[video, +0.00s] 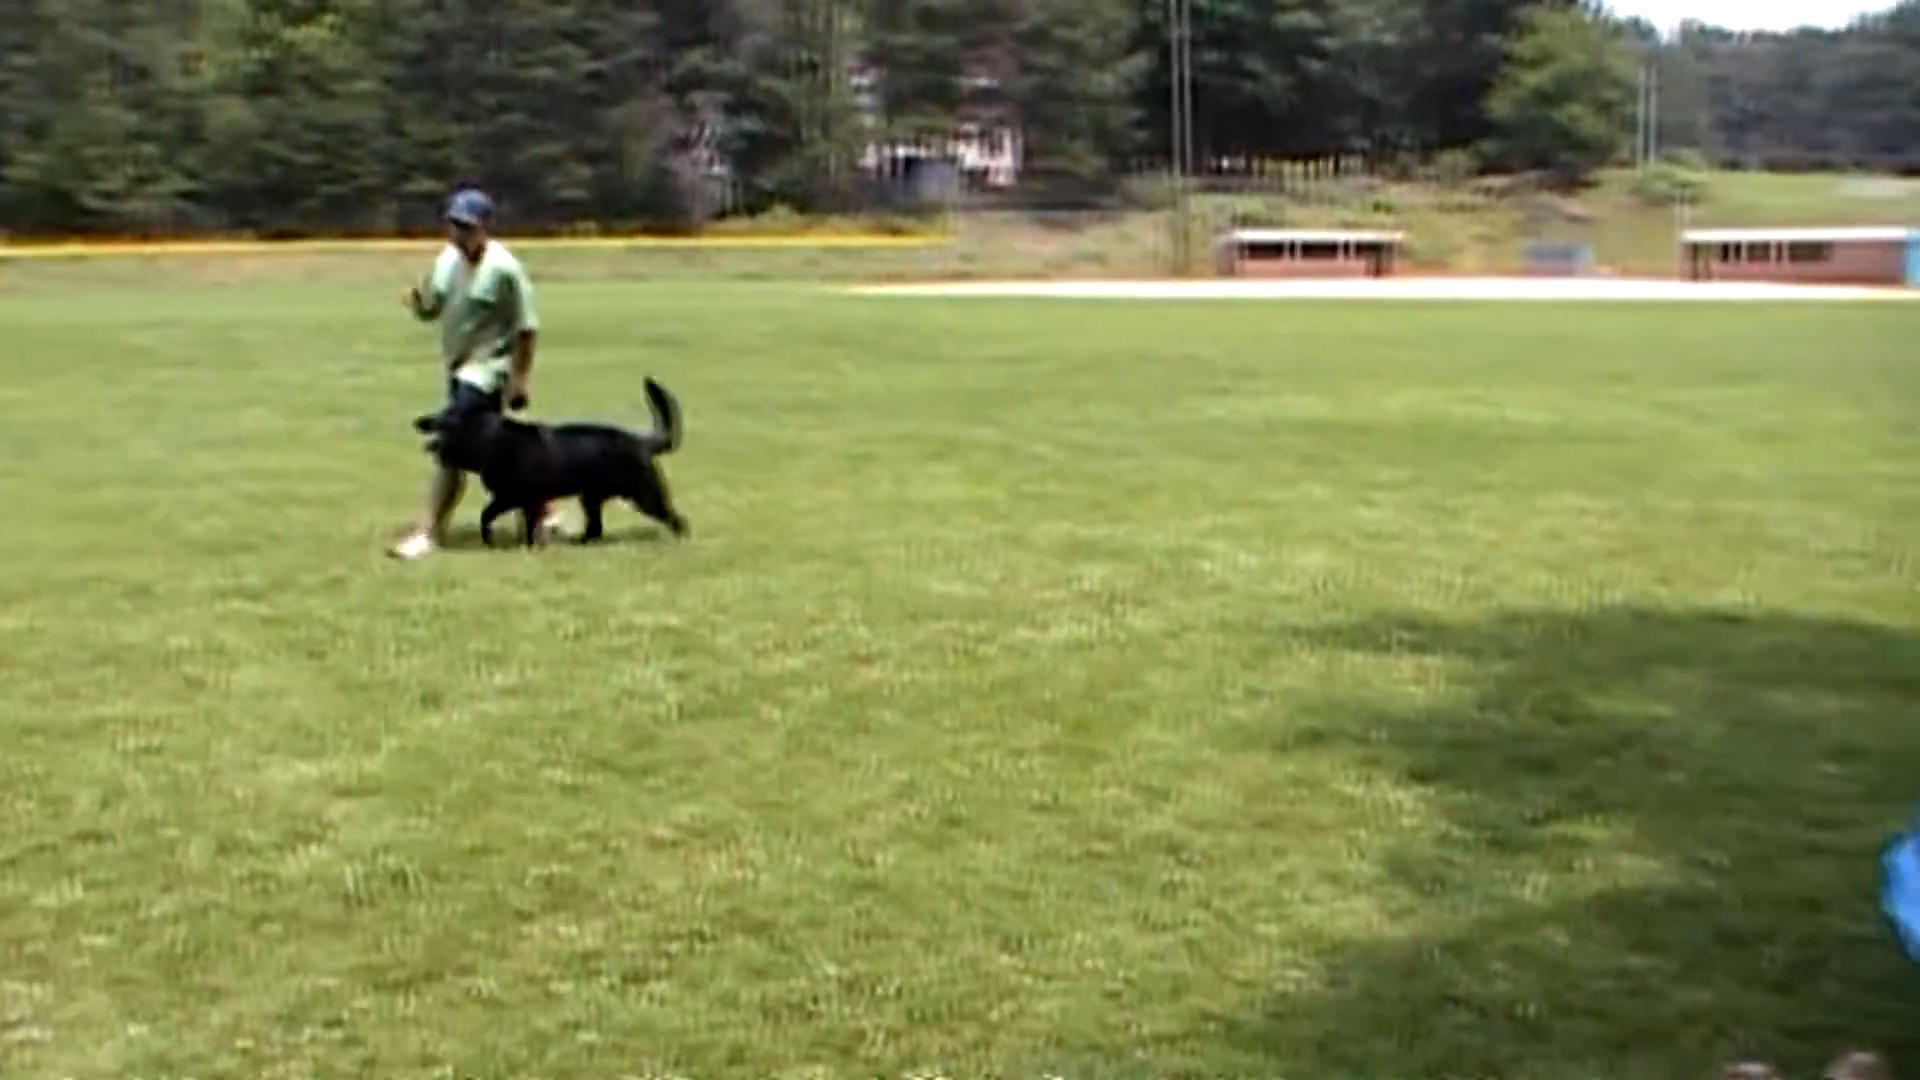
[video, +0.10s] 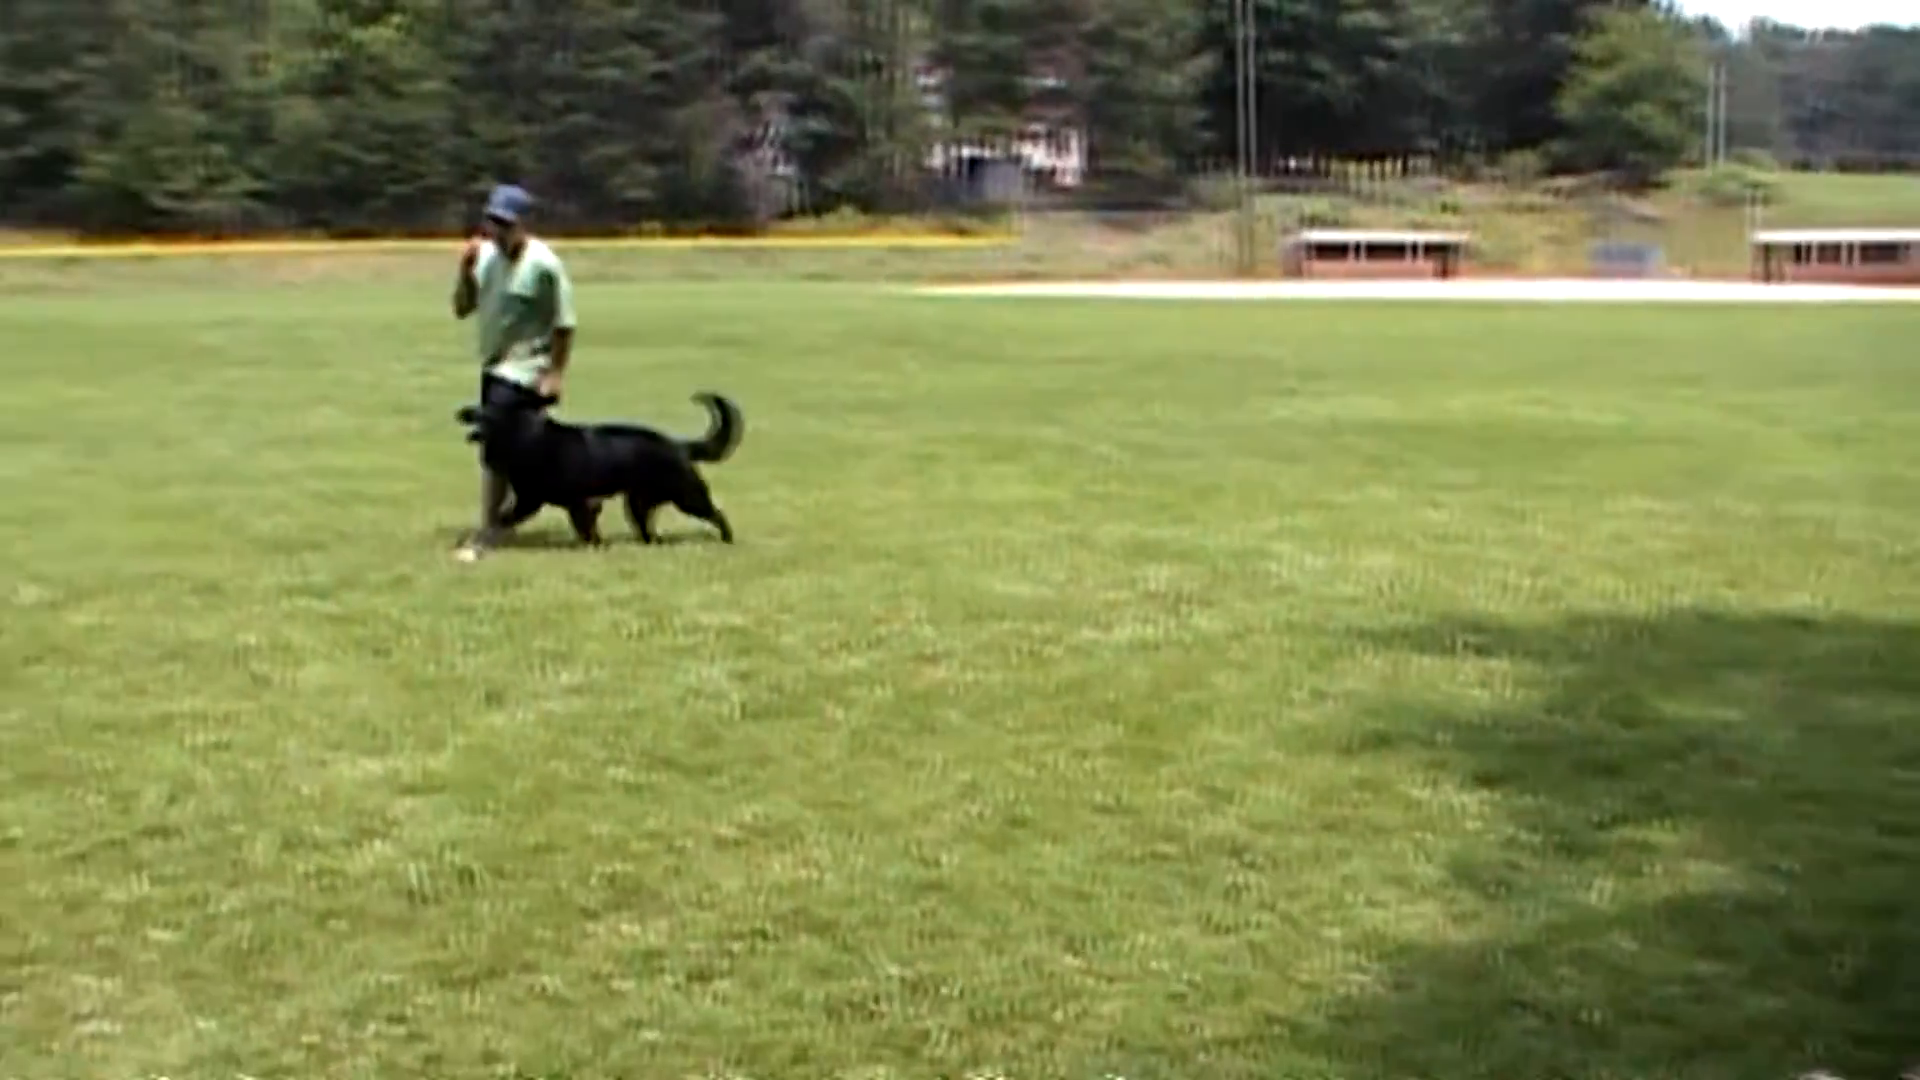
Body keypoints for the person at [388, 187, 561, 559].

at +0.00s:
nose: (459, 235)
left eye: (467, 227)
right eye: (454, 227)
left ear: (486, 227)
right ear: (449, 227)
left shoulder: (505, 269)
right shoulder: (449, 259)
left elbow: (526, 327)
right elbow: (435, 306)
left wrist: (519, 378)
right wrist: (422, 302)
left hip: (489, 367)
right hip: (459, 365)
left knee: (451, 444)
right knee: (492, 447)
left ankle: (431, 530)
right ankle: (538, 509)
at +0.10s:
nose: (496, 231)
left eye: (504, 224)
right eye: (493, 223)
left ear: (523, 226)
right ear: (488, 224)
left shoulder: (545, 266)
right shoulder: (487, 257)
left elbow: (563, 324)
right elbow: (464, 307)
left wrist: (555, 372)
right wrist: (466, 269)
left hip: (526, 365)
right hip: (494, 361)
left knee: (492, 441)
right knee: (502, 445)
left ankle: (490, 526)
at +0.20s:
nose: (535, 227)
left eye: (543, 220)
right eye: (531, 218)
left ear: (561, 221)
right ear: (526, 219)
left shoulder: (584, 260)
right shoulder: (523, 250)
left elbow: (598, 319)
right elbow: (494, 301)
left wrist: (592, 369)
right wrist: (502, 261)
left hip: (567, 361)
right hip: (529, 358)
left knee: (552, 442)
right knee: (513, 438)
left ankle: (551, 526)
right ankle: (574, 501)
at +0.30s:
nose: (575, 226)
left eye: (582, 219)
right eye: (569, 218)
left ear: (598, 220)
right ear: (562, 219)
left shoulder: (623, 260)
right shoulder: (560, 249)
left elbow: (640, 319)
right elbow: (533, 298)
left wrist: (631, 369)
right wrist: (540, 259)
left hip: (605, 367)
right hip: (563, 362)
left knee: (601, 453)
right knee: (535, 440)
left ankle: (612, 526)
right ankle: (568, 518)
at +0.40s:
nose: (606, 230)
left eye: (613, 223)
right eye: (602, 222)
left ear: (632, 223)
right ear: (596, 222)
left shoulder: (658, 265)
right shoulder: (595, 253)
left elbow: (678, 324)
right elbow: (568, 304)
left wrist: (671, 375)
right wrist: (574, 265)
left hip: (640, 375)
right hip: (597, 368)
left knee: (644, 456)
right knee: (568, 450)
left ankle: (666, 523)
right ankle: (552, 529)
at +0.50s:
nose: (638, 235)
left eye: (646, 227)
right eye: (633, 226)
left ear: (664, 227)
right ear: (626, 226)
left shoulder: (687, 268)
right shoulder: (622, 259)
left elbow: (711, 327)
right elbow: (599, 311)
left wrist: (706, 377)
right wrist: (604, 272)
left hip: (672, 381)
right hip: (627, 378)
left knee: (694, 459)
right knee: (602, 464)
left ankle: (720, 528)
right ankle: (583, 536)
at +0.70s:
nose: (653, 228)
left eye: (662, 220)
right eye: (648, 218)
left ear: (679, 222)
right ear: (641, 219)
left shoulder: (703, 265)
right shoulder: (634, 256)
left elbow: (720, 324)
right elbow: (608, 313)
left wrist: (721, 381)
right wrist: (613, 274)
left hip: (680, 372)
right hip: (637, 367)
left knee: (659, 457)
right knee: (620, 452)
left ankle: (711, 520)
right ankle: (633, 534)